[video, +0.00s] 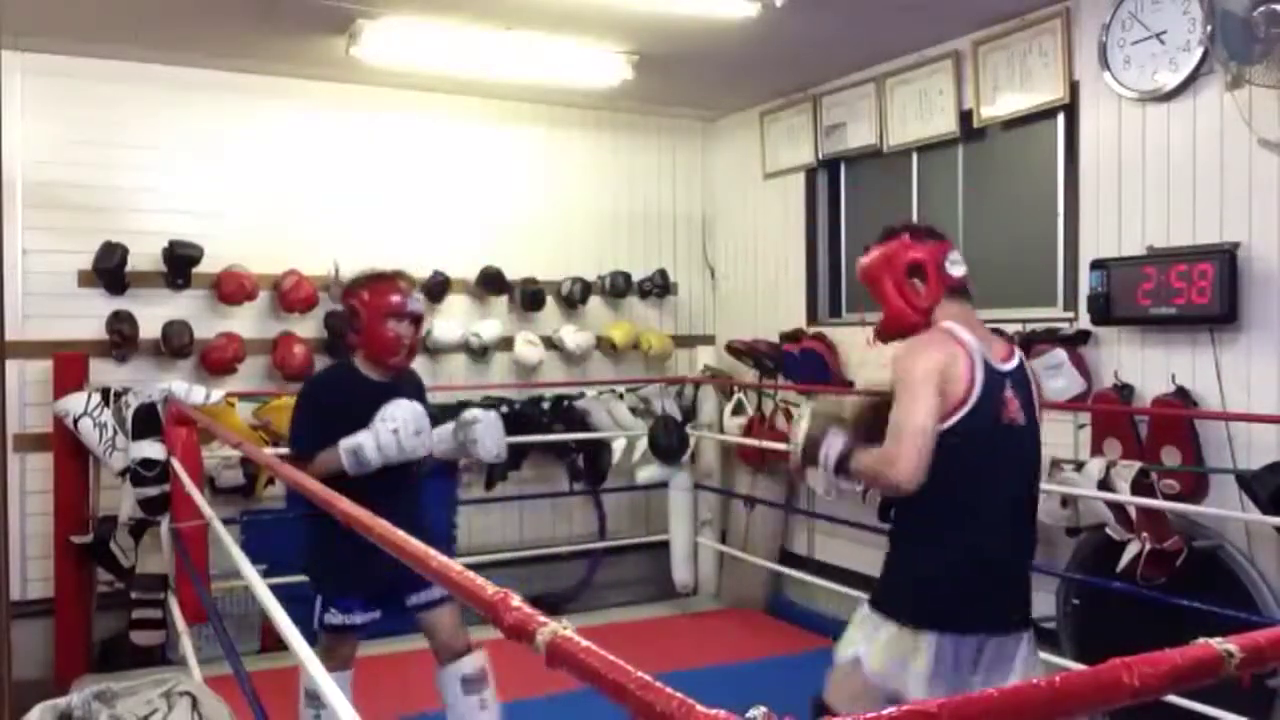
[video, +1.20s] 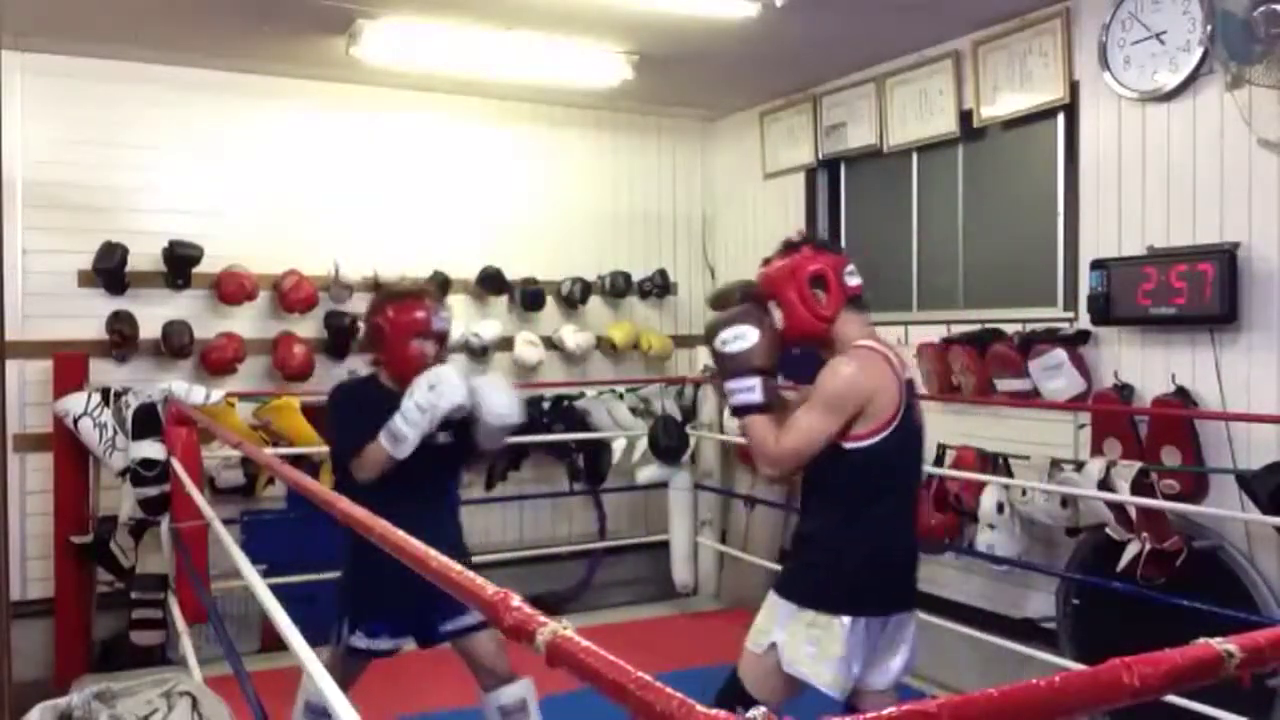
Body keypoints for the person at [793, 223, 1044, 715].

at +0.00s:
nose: (881, 313)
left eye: (883, 293)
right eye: (878, 295)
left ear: (916, 283)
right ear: (949, 278)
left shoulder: (926, 352)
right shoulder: (1010, 355)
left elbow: (903, 471)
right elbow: (992, 472)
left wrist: (840, 454)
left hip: (927, 605)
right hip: (1005, 603)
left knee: (842, 705)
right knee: (984, 718)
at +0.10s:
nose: (878, 303)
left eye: (879, 286)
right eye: (873, 288)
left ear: (910, 275)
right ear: (938, 268)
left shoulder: (938, 342)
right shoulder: (1000, 342)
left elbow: (888, 457)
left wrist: (829, 395)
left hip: (929, 588)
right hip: (1006, 589)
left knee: (816, 700)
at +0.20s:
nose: (866, 310)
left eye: (868, 294)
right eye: (862, 296)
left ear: (902, 283)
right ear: (924, 274)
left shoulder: (937, 353)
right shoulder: (991, 347)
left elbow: (868, 457)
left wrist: (820, 384)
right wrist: (852, 373)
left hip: (932, 597)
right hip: (1003, 595)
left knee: (821, 700)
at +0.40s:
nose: (825, 319)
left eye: (825, 304)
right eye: (820, 306)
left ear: (860, 291)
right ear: (888, 282)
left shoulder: (886, 368)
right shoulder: (962, 353)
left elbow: (852, 487)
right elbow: (922, 441)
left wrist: (786, 444)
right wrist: (832, 410)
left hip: (896, 612)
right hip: (972, 602)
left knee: (857, 709)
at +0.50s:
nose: (807, 320)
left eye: (807, 305)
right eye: (802, 307)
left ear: (836, 292)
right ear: (868, 280)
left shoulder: (850, 370)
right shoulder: (946, 352)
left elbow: (800, 469)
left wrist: (756, 406)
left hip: (873, 602)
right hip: (953, 593)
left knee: (840, 707)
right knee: (943, 715)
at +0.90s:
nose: (811, 323)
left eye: (813, 308)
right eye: (808, 308)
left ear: (849, 297)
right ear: (873, 293)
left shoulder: (841, 369)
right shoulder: (943, 363)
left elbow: (789, 472)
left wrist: (742, 415)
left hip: (845, 591)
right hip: (920, 590)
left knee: (762, 704)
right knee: (890, 711)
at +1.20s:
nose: (780, 323)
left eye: (782, 307)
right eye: (775, 309)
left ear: (817, 297)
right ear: (831, 291)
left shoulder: (852, 371)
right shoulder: (892, 359)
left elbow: (773, 456)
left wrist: (743, 382)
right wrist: (770, 392)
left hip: (828, 584)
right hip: (888, 582)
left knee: (735, 708)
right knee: (876, 709)